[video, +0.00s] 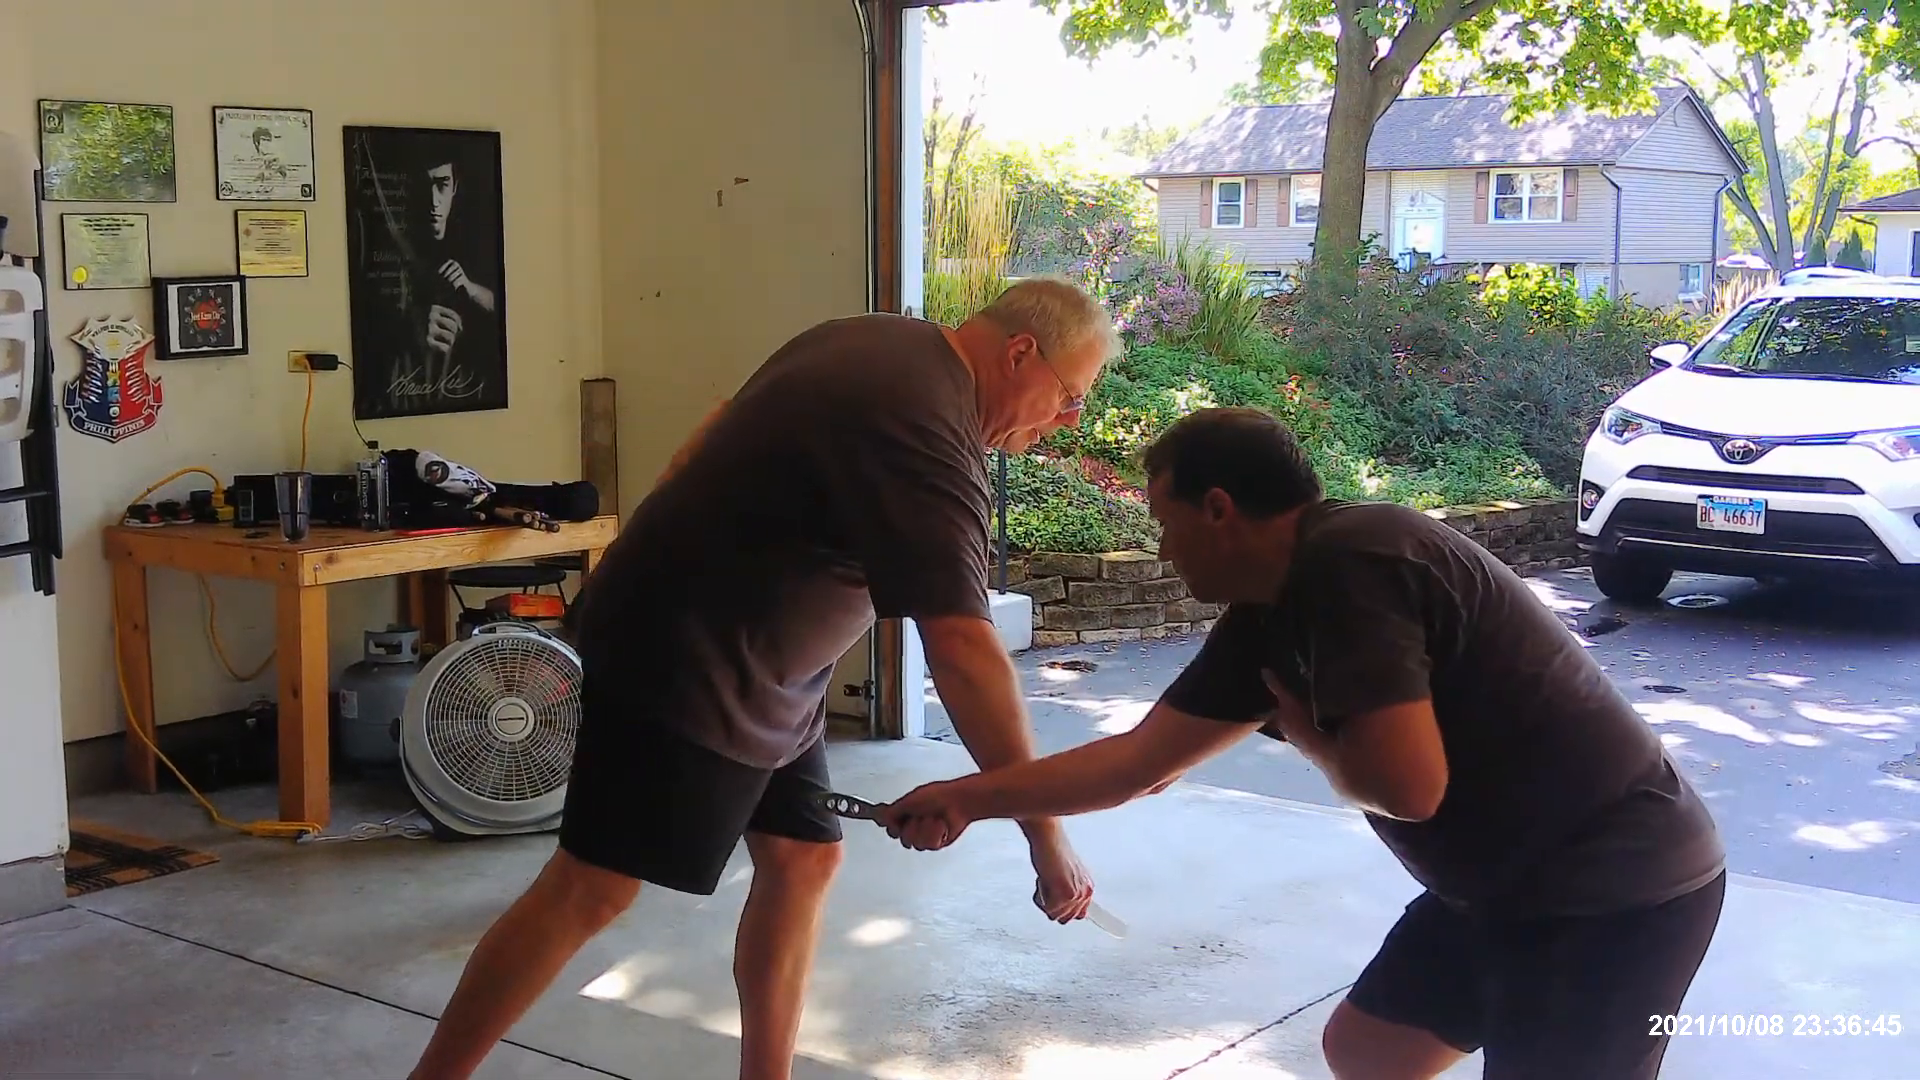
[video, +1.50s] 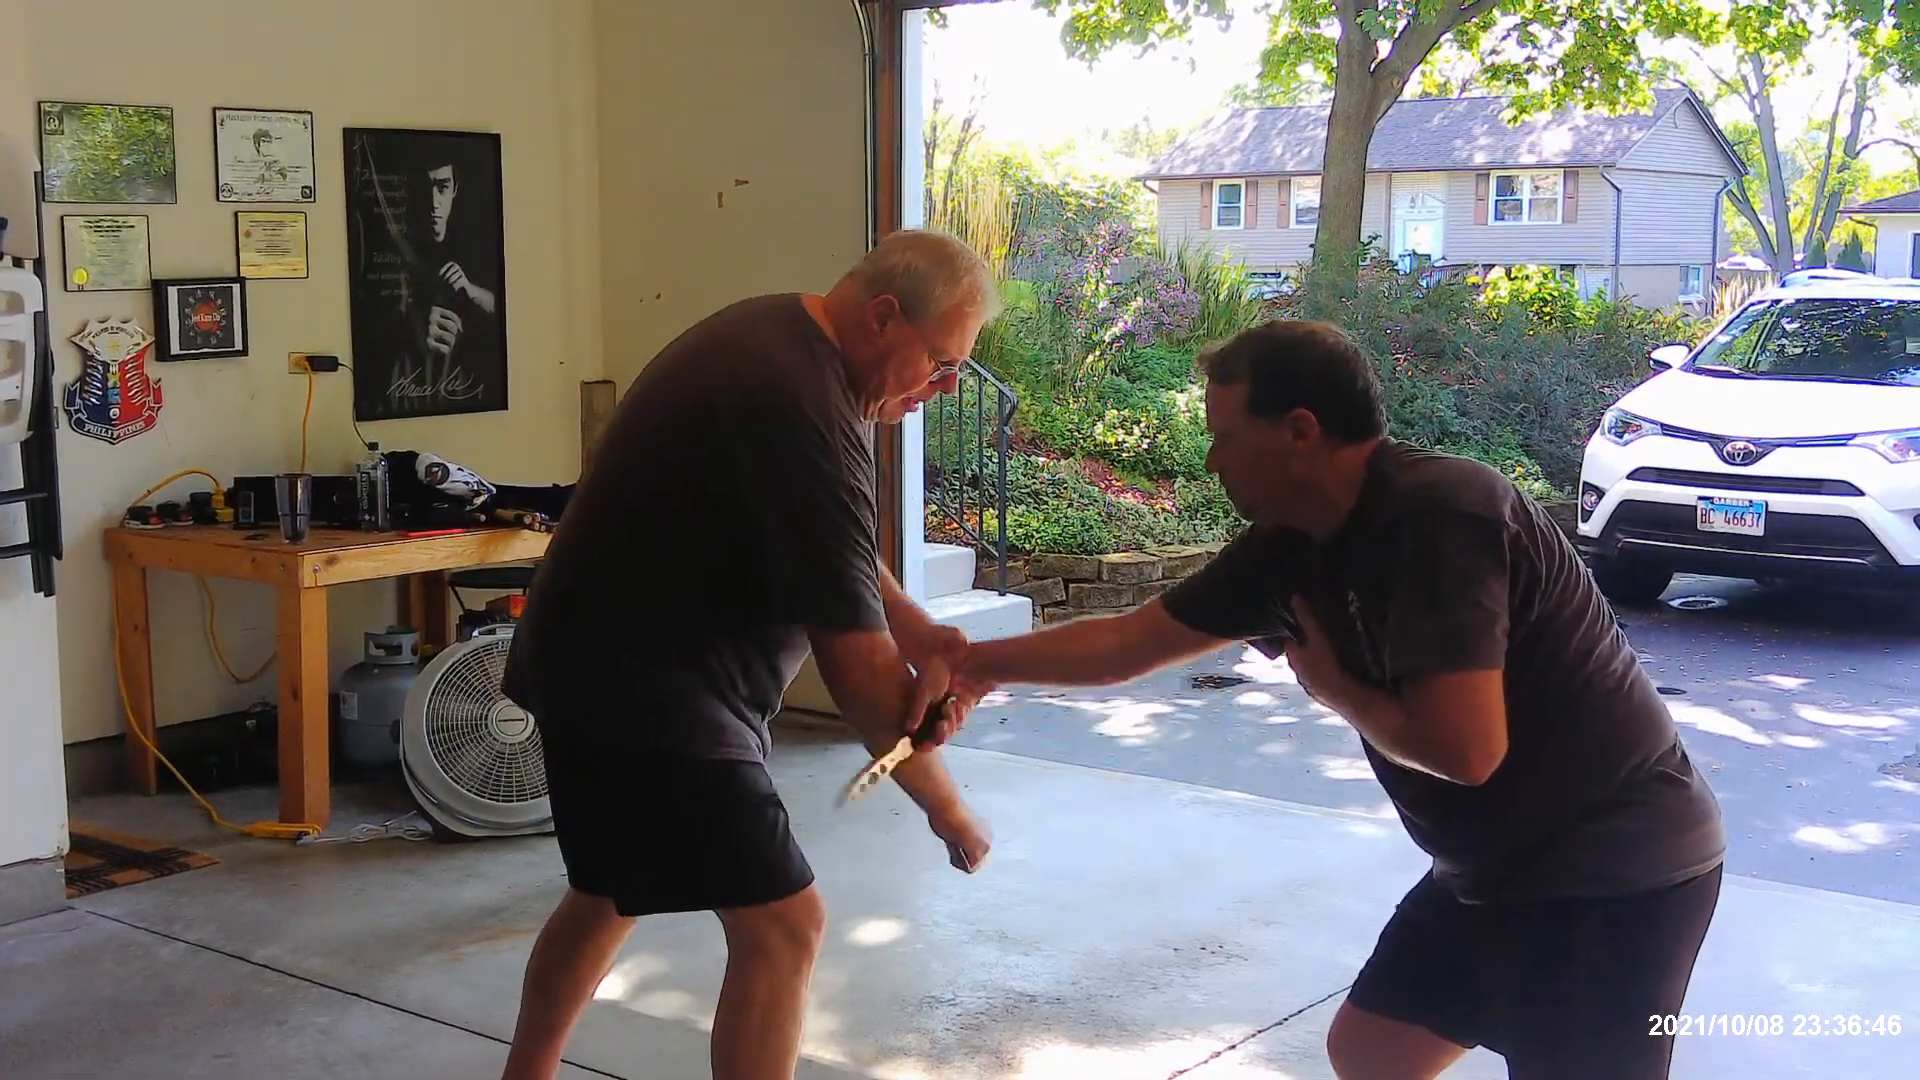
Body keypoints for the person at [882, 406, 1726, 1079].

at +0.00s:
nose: (1160, 543)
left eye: (1165, 520)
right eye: (1157, 523)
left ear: (1220, 512)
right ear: (1232, 509)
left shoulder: (1356, 566)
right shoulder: (1269, 613)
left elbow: (1409, 789)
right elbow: (1140, 759)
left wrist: (1321, 741)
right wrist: (966, 798)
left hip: (1622, 882)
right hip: (1498, 881)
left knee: (1545, 1077)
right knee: (1367, 1047)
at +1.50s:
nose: (1213, 458)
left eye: (1224, 434)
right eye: (1212, 435)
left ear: (1301, 434)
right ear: (1300, 437)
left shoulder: (1445, 517)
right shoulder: (1289, 542)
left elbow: (1469, 748)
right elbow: (1134, 639)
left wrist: (1338, 691)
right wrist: (976, 659)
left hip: (1625, 865)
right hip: (1491, 865)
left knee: (1585, 1069)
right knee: (1371, 1050)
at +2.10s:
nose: (1146, 436)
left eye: (1164, 411)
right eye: (1140, 415)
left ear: (1254, 401)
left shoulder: (1371, 474)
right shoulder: (1195, 519)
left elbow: (1407, 670)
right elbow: (1069, 585)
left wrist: (1239, 607)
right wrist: (947, 601)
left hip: (1565, 813)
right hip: (1423, 831)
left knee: (1594, 1065)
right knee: (1323, 1049)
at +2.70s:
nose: (1202, 333)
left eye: (1228, 309)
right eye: (1200, 310)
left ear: (1317, 314)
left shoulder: (1405, 410)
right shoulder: (1220, 454)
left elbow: (1403, 594)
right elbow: (1113, 560)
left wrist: (1261, 536)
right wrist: (991, 627)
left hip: (1511, 804)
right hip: (1367, 818)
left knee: (1539, 1061)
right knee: (1317, 1050)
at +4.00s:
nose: (1204, 434)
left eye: (1216, 408)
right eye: (1193, 413)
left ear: (1294, 366)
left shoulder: (1425, 431)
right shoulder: (1249, 492)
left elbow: (1429, 626)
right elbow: (1160, 620)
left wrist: (1289, 579)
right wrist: (1051, 728)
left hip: (1523, 815)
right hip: (1377, 826)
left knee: (1518, 1065)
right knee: (1305, 1052)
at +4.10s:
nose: (1205, 436)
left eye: (1208, 411)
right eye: (1194, 417)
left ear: (1278, 367)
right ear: (1277, 370)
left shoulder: (1440, 427)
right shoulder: (1279, 481)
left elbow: (1440, 630)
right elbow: (1207, 629)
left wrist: (1303, 580)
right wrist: (1089, 739)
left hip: (1529, 818)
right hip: (1391, 819)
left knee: (1475, 1064)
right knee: (1327, 1051)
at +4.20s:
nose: (1225, 425)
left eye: (1219, 399)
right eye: (1212, 405)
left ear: (1268, 359)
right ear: (1272, 359)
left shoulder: (1452, 415)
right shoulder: (1314, 463)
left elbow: (1445, 627)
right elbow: (1305, 643)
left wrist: (1317, 564)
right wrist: (1202, 782)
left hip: (1533, 816)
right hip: (1413, 812)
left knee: (1467, 1062)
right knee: (1355, 1039)